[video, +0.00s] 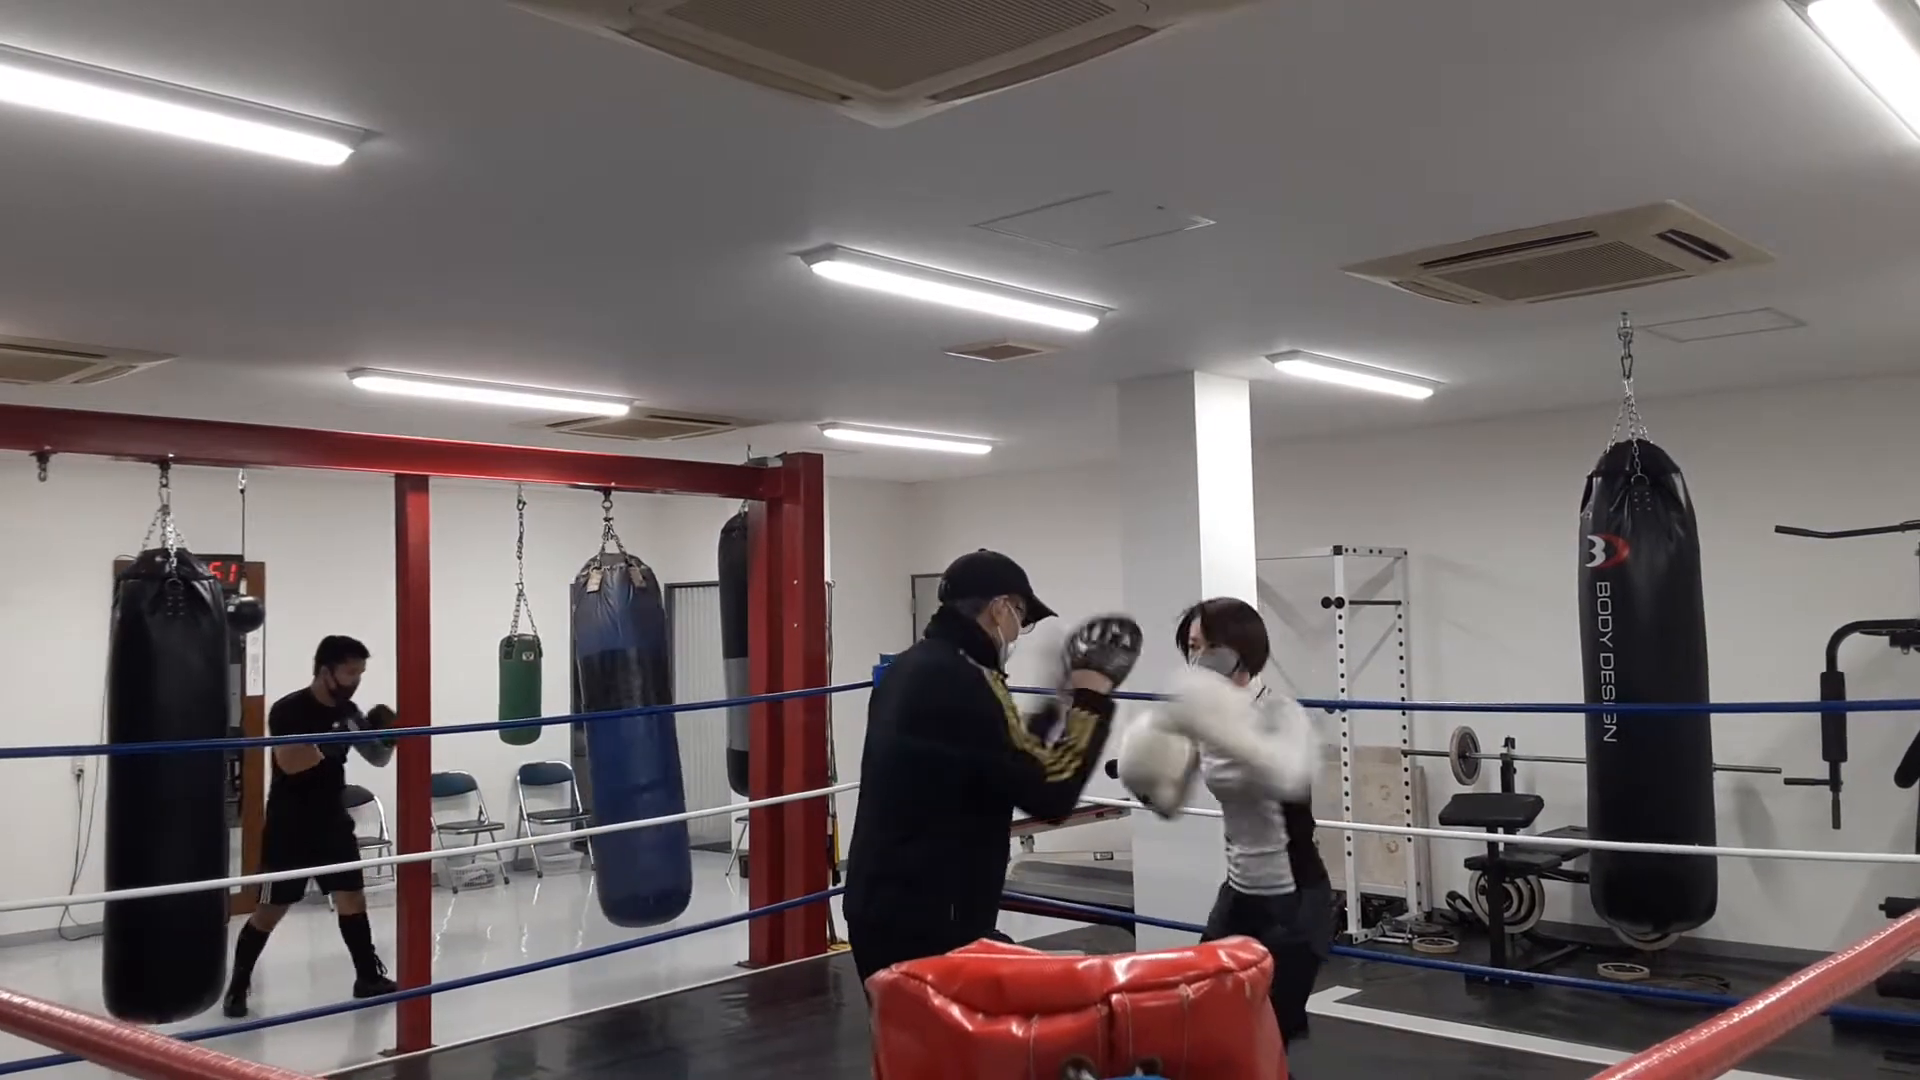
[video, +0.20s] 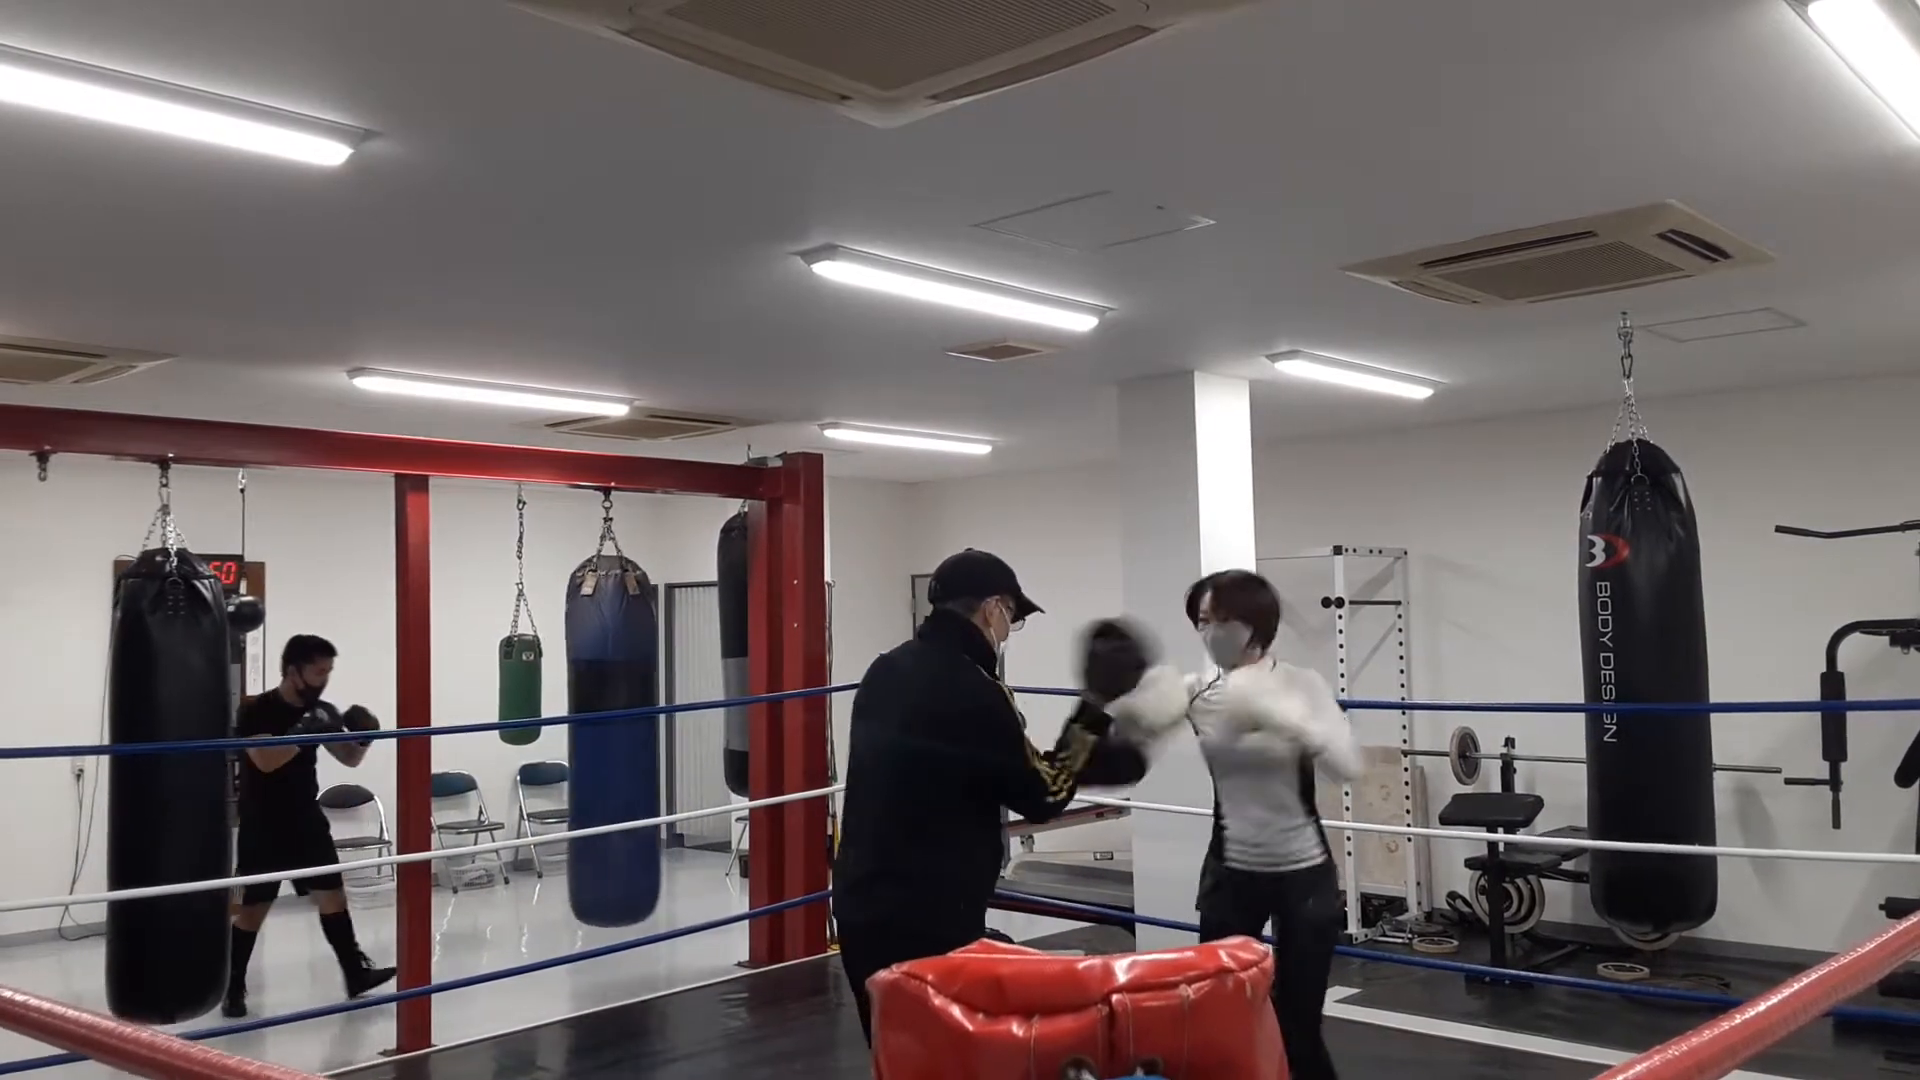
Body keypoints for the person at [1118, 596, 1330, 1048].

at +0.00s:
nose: (1192, 660)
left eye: (1202, 647)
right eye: (1189, 649)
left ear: (1238, 654)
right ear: (1187, 652)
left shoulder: (1281, 713)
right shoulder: (1202, 718)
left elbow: (1292, 779)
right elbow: (1170, 802)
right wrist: (1146, 767)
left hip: (1293, 901)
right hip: (1239, 892)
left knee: (1270, 1031)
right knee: (1201, 1002)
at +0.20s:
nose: (1203, 630)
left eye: (1214, 620)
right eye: (1202, 620)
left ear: (1251, 627)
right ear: (1201, 626)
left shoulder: (1302, 686)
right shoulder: (1196, 693)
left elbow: (1348, 766)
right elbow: (1127, 759)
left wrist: (1284, 719)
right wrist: (1139, 720)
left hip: (1304, 876)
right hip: (1232, 874)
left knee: (1297, 1024)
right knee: (1218, 1010)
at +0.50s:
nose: (1233, 657)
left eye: (1245, 646)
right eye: (1229, 645)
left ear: (1279, 655)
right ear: (1225, 645)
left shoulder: (1320, 697)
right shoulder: (1214, 707)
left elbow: (1367, 785)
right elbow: (1160, 768)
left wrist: (1333, 735)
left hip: (1314, 884)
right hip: (1241, 884)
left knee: (1310, 1033)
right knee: (1230, 1025)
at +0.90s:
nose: (1230, 653)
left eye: (1239, 639)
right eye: (1226, 641)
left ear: (1274, 637)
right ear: (1222, 644)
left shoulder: (1324, 687)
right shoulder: (1235, 696)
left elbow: (1333, 779)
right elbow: (1204, 779)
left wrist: (1279, 709)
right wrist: (1175, 725)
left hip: (1326, 888)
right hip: (1264, 881)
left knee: (1308, 1042)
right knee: (1234, 1012)